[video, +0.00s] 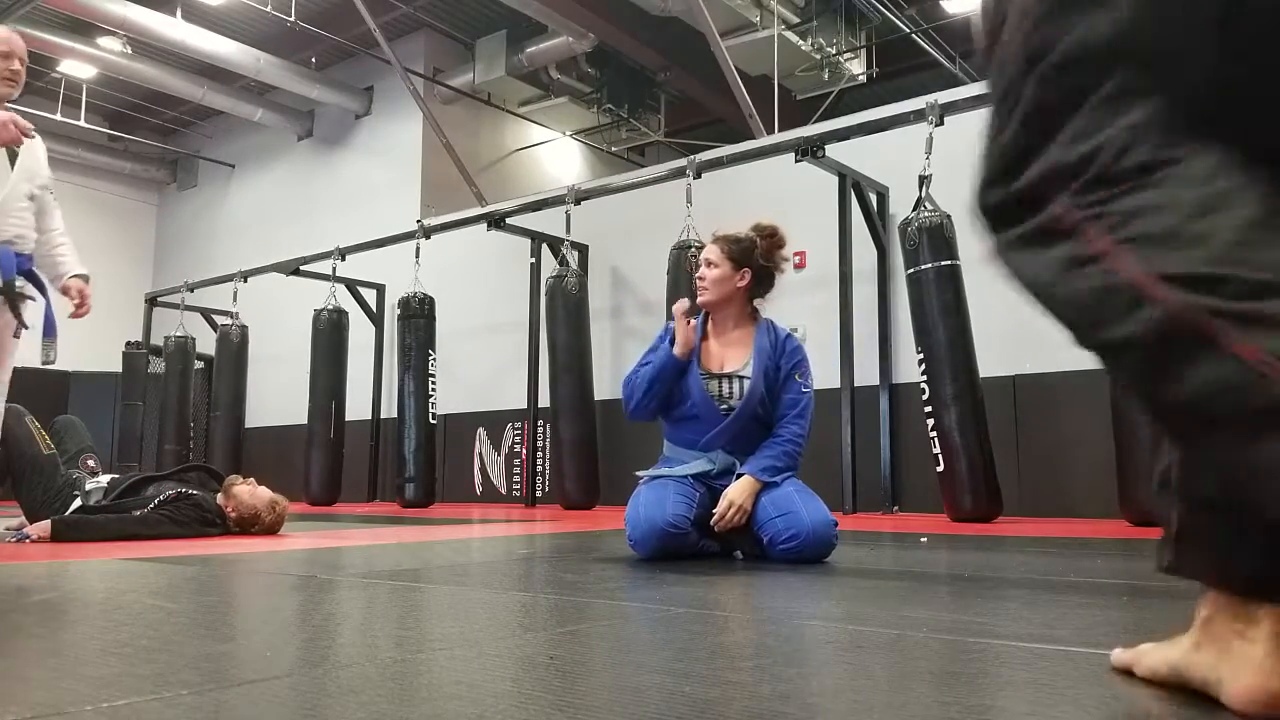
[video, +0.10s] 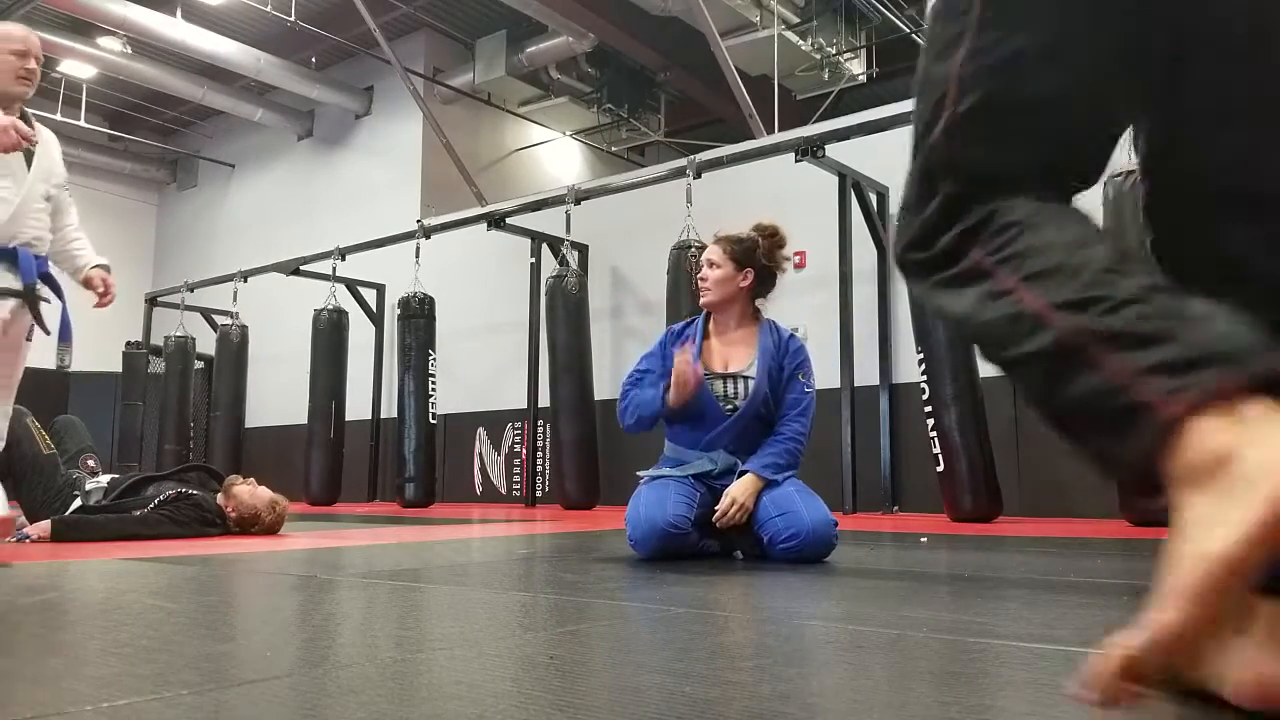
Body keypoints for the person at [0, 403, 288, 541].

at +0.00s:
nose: (247, 477)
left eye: (250, 487)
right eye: (255, 483)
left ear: (233, 508)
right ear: (235, 504)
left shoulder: (199, 513)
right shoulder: (214, 490)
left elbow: (130, 524)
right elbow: (151, 485)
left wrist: (57, 527)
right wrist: (110, 480)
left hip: (69, 500)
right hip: (98, 485)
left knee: (12, 415)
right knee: (66, 421)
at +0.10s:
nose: (247, 477)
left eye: (250, 487)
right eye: (255, 483)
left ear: (235, 509)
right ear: (236, 504)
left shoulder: (200, 513)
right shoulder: (213, 490)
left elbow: (131, 524)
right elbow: (151, 484)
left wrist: (57, 527)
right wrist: (109, 479)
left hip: (68, 500)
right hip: (97, 484)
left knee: (15, 415)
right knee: (67, 422)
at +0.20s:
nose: (248, 477)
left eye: (251, 488)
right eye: (256, 483)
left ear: (234, 510)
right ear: (234, 505)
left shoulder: (200, 513)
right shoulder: (212, 488)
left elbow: (130, 525)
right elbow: (152, 486)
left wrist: (50, 526)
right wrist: (110, 482)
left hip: (69, 503)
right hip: (98, 485)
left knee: (16, 415)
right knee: (67, 423)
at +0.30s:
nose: (248, 478)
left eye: (251, 488)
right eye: (256, 483)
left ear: (232, 510)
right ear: (233, 507)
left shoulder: (198, 512)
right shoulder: (214, 491)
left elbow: (128, 524)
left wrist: (54, 526)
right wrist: (112, 486)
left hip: (71, 503)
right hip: (102, 489)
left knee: (28, 429)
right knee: (68, 424)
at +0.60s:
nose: (250, 478)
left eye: (252, 488)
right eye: (257, 483)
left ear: (231, 510)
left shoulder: (202, 513)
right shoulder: (211, 485)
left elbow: (138, 523)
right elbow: (152, 483)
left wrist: (72, 521)